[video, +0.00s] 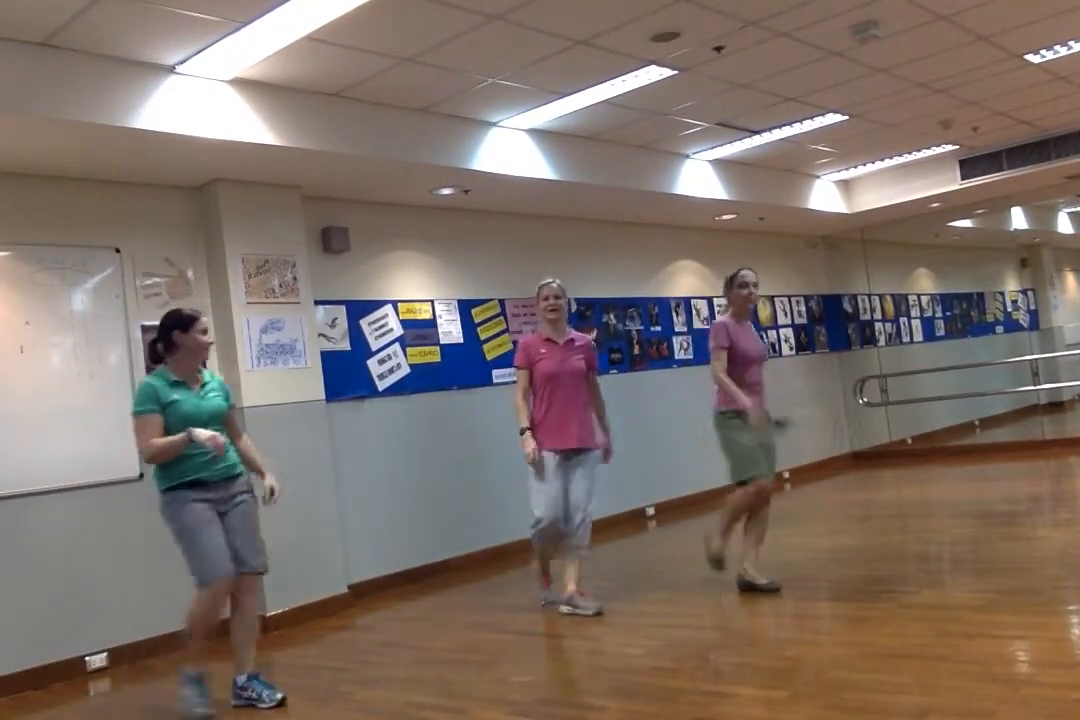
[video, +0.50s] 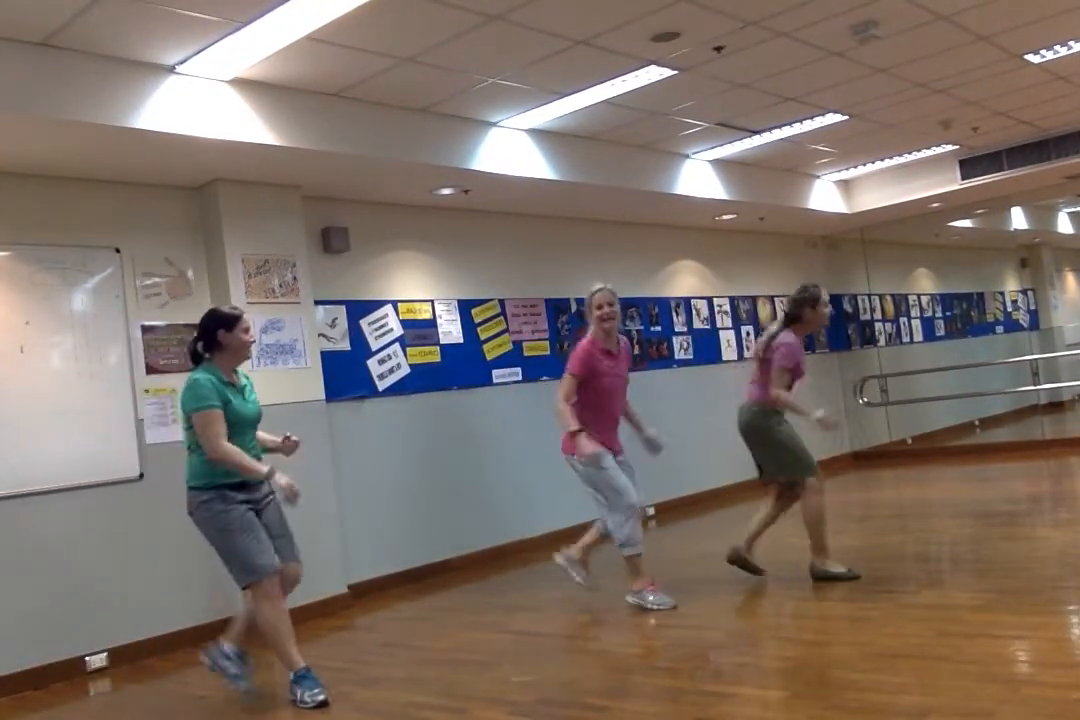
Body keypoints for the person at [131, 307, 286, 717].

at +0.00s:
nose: (210, 339)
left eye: (208, 332)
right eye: (201, 332)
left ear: (191, 339)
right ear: (175, 340)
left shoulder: (216, 384)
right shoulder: (152, 388)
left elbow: (237, 436)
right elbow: (149, 451)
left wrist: (263, 473)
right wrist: (189, 436)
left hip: (235, 489)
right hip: (187, 496)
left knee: (249, 577)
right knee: (218, 579)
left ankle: (245, 679)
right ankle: (192, 676)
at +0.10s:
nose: (220, 333)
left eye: (218, 326)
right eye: (211, 327)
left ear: (205, 334)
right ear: (186, 334)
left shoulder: (227, 377)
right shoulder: (162, 381)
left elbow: (245, 428)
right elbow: (161, 444)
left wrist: (269, 457)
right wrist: (207, 430)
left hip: (244, 484)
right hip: (198, 490)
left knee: (253, 577)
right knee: (237, 574)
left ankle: (250, 676)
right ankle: (253, 676)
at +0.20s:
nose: (231, 331)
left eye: (229, 325)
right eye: (223, 326)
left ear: (210, 332)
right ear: (198, 332)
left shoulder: (233, 375)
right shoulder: (175, 379)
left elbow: (248, 427)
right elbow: (177, 442)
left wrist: (270, 446)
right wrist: (227, 427)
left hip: (251, 481)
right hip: (206, 489)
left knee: (257, 579)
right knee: (254, 572)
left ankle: (245, 680)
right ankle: (293, 667)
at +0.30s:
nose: (240, 333)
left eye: (238, 327)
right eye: (232, 328)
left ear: (218, 334)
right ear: (208, 334)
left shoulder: (237, 375)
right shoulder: (186, 382)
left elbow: (243, 431)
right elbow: (195, 445)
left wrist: (272, 445)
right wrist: (252, 434)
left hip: (258, 485)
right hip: (215, 493)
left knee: (274, 578)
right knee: (262, 575)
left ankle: (247, 678)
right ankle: (299, 672)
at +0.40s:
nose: (250, 335)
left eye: (249, 329)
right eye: (242, 330)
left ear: (225, 338)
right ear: (217, 338)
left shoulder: (242, 380)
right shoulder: (198, 385)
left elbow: (246, 432)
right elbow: (213, 447)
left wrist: (279, 446)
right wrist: (271, 455)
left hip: (258, 486)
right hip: (218, 496)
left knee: (291, 572)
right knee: (268, 574)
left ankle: (252, 668)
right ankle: (300, 673)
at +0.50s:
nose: (252, 337)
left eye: (250, 331)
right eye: (244, 332)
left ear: (227, 339)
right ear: (220, 339)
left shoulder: (241, 380)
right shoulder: (201, 385)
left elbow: (245, 432)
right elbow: (215, 448)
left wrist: (275, 442)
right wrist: (270, 473)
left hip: (255, 487)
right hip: (216, 496)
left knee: (289, 572)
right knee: (264, 579)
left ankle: (228, 648)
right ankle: (299, 674)